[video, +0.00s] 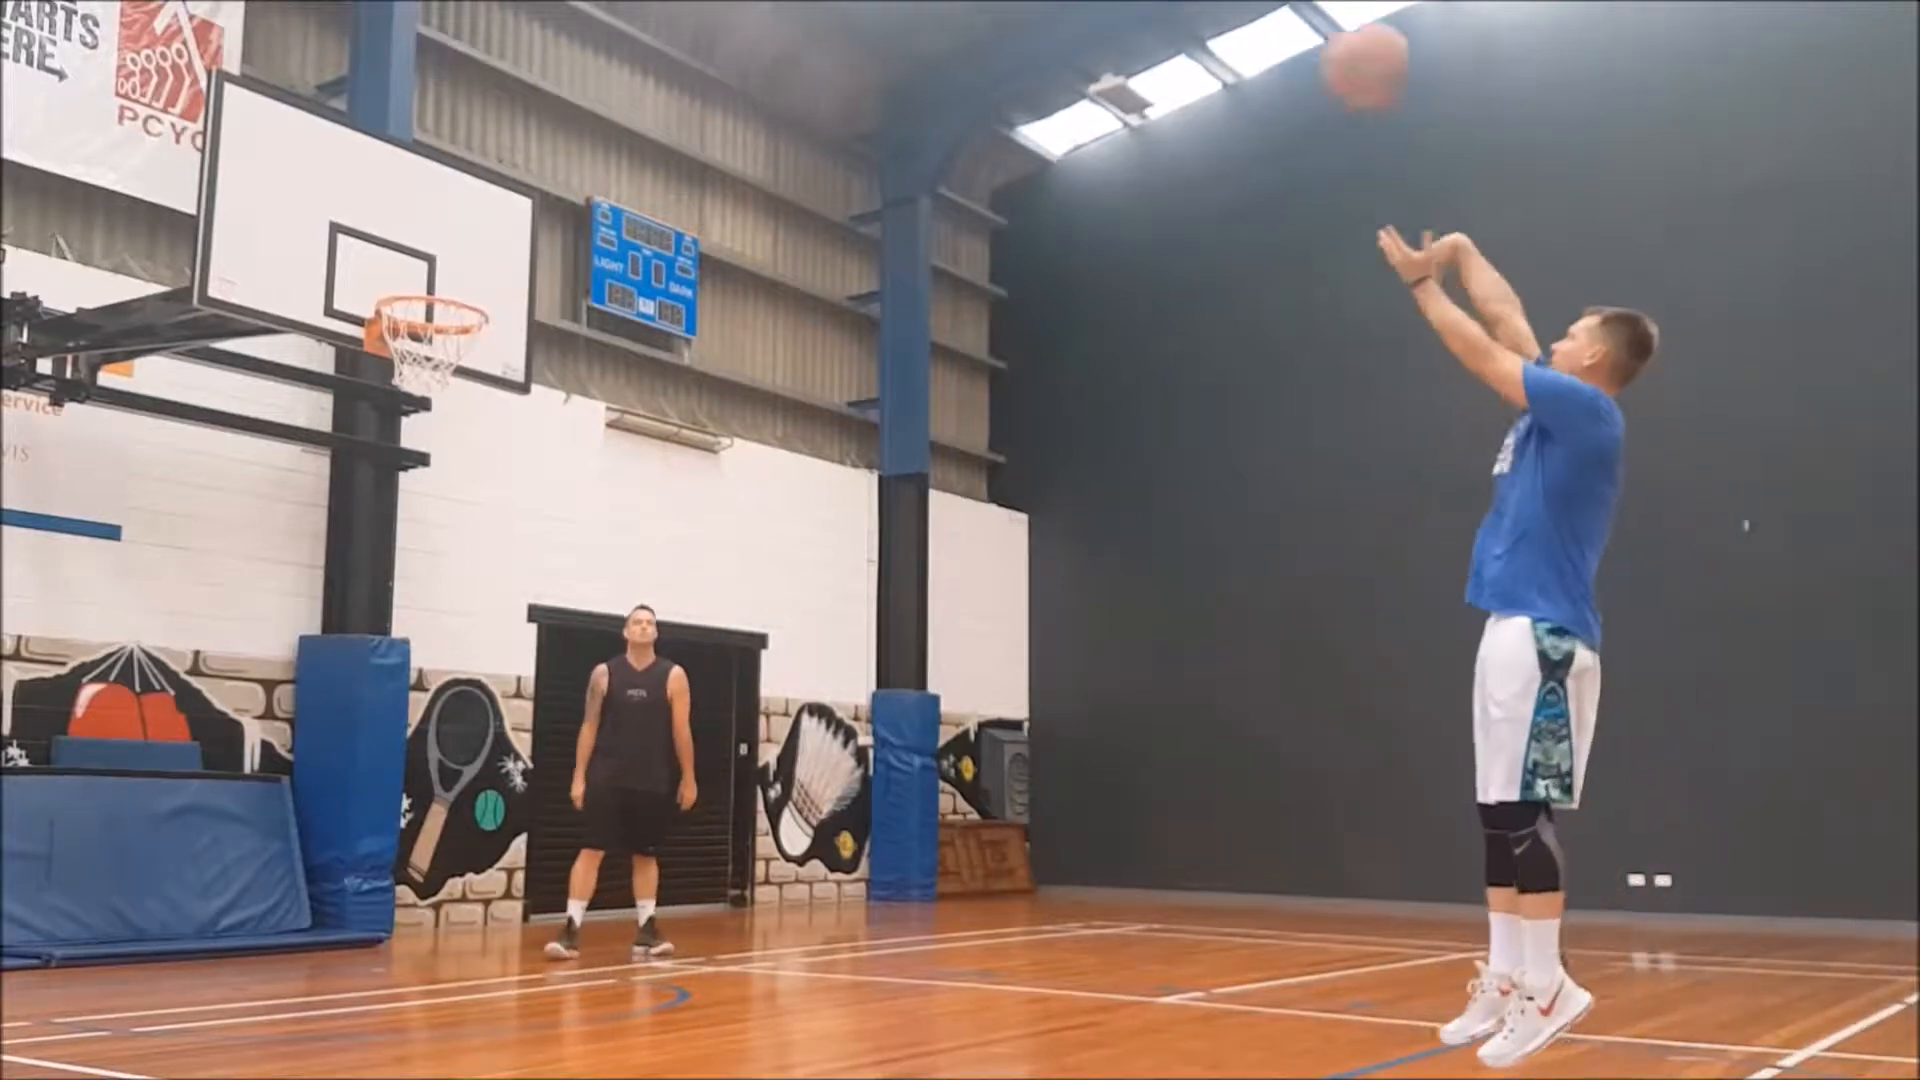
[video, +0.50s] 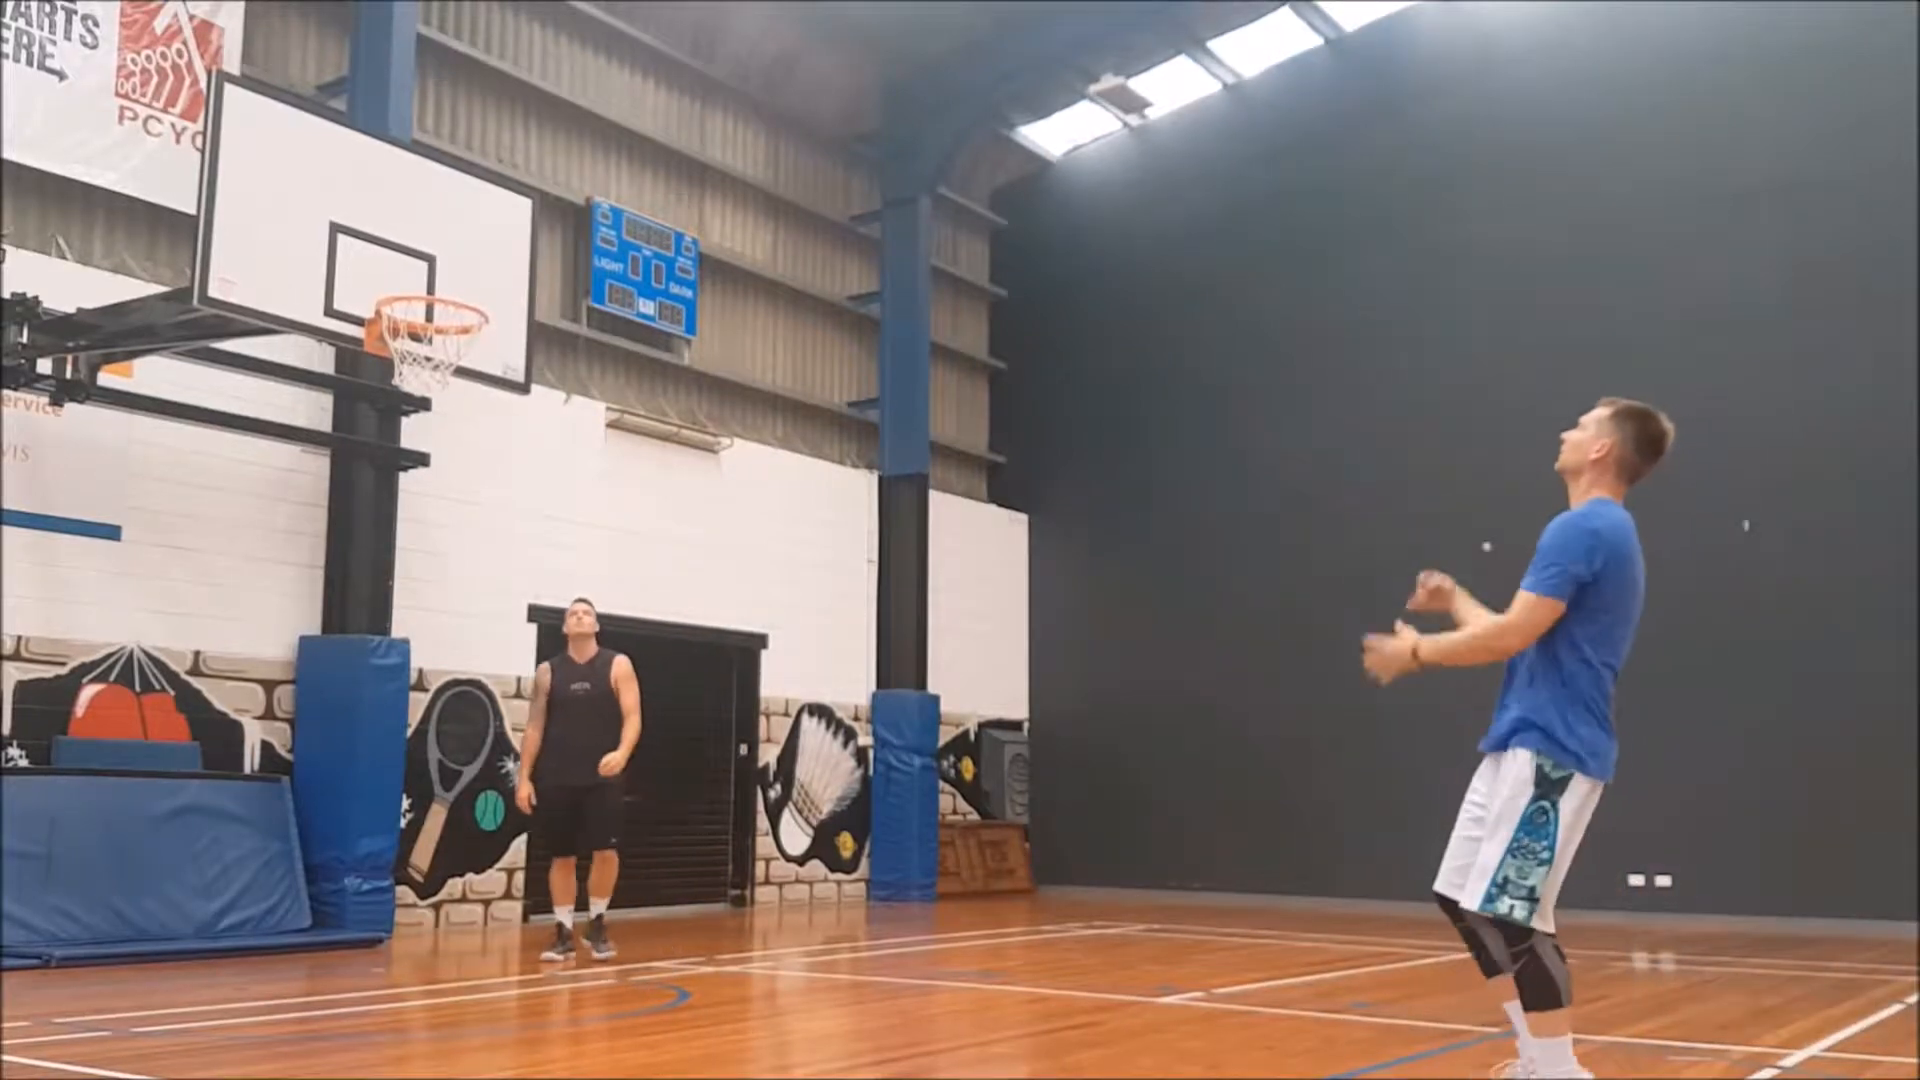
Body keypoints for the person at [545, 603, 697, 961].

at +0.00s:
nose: (643, 628)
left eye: (648, 623)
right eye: (636, 623)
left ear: (656, 632)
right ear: (625, 632)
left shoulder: (673, 676)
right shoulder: (603, 675)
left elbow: (681, 730)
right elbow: (589, 726)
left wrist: (688, 777)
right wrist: (579, 775)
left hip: (653, 781)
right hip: (607, 779)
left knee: (646, 854)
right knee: (592, 850)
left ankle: (646, 929)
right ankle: (571, 930)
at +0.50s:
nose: (579, 616)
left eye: (586, 613)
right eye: (573, 614)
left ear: (597, 625)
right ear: (564, 627)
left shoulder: (617, 665)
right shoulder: (547, 671)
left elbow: (632, 716)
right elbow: (534, 727)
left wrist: (622, 753)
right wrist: (524, 777)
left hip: (602, 777)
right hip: (557, 778)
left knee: (605, 850)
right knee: (562, 855)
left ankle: (598, 926)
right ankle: (564, 934)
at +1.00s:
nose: (555, 611)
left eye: (563, 607)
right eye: (550, 608)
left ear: (578, 622)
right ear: (543, 621)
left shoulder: (598, 668)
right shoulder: (522, 668)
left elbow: (619, 726)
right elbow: (506, 725)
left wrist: (627, 778)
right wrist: (492, 779)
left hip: (575, 774)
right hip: (530, 774)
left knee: (560, 853)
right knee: (532, 864)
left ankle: (553, 940)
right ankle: (559, 913)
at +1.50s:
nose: (513, 607)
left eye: (524, 603)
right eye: (511, 602)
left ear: (543, 617)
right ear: (505, 615)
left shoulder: (556, 660)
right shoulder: (489, 661)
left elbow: (542, 706)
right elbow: (441, 704)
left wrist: (491, 680)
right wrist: (419, 677)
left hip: (543, 786)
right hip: (493, 783)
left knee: (546, 872)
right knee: (476, 862)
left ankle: (550, 942)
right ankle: (449, 951)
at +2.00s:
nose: (479, 596)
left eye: (484, 590)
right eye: (470, 590)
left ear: (492, 598)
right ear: (453, 599)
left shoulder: (512, 645)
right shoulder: (441, 643)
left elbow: (520, 691)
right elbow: (468, 650)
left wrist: (515, 681)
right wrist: (515, 641)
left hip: (500, 772)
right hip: (450, 771)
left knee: (516, 865)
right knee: (458, 857)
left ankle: (485, 950)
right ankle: (446, 963)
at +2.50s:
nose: (494, 585)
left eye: (499, 579)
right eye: (485, 578)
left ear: (504, 590)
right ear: (464, 588)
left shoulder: (516, 643)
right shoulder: (445, 640)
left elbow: (531, 704)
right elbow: (434, 710)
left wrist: (543, 755)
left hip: (500, 769)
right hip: (451, 768)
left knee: (494, 863)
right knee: (454, 861)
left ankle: (484, 956)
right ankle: (442, 963)